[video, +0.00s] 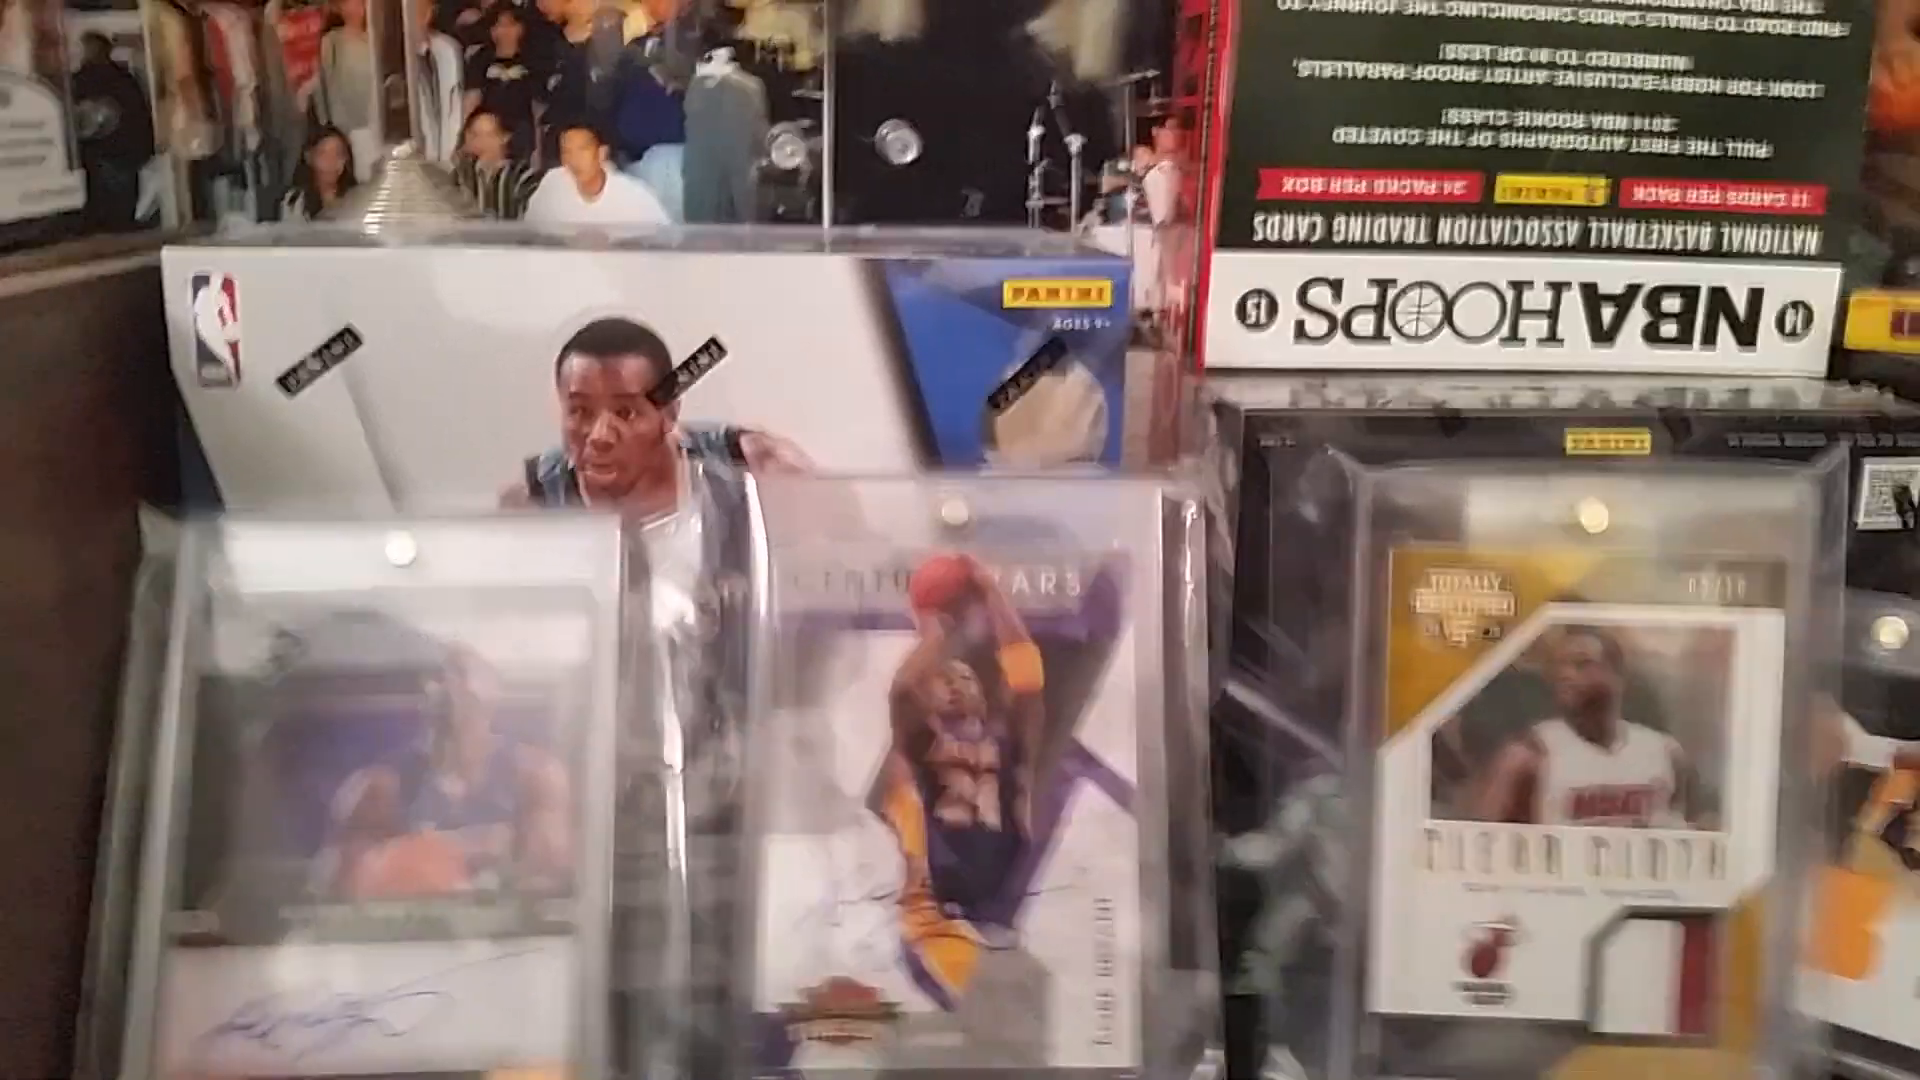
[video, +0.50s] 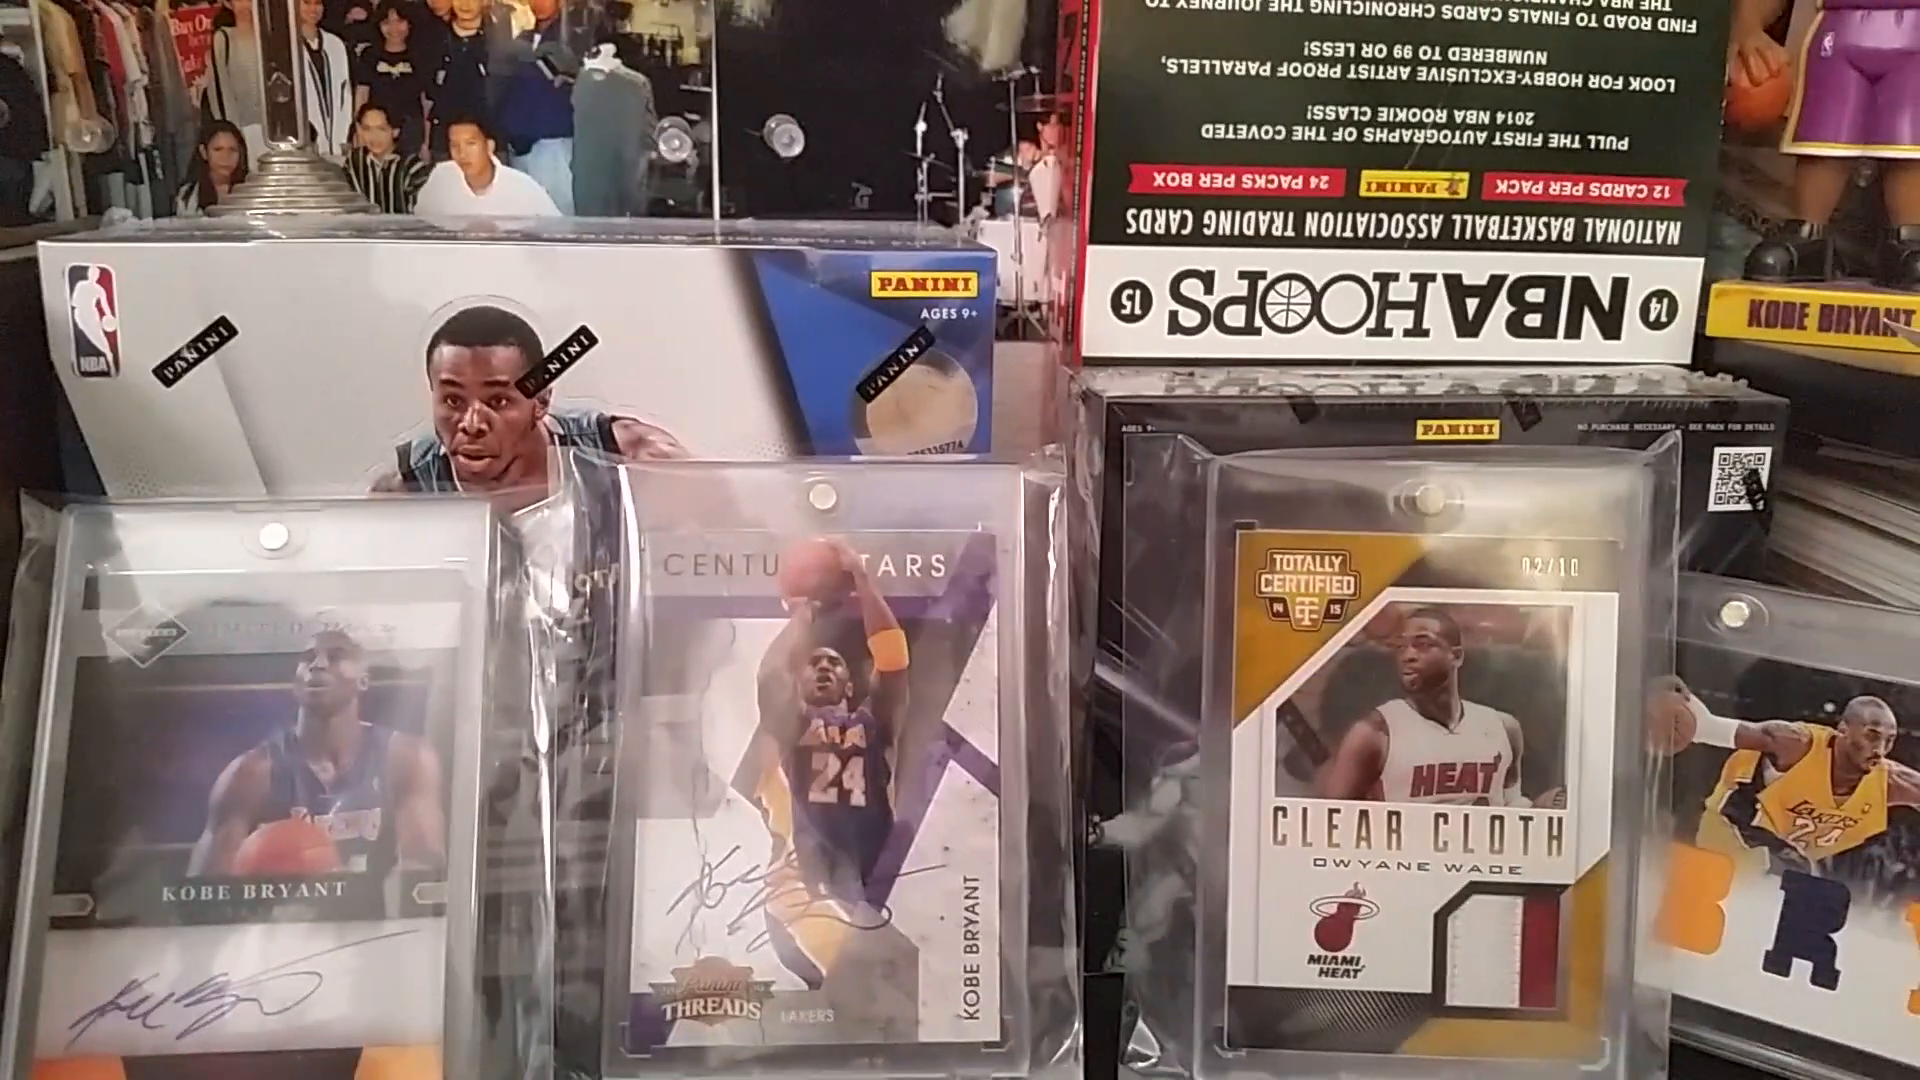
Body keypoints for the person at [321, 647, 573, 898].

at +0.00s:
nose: (439, 689)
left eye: (456, 676)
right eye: (433, 678)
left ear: (488, 698)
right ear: (423, 699)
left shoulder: (538, 775)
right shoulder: (377, 787)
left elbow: (548, 878)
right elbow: (336, 888)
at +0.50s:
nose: (318, 665)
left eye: (336, 656)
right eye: (308, 657)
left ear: (364, 677)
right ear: (294, 676)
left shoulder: (409, 759)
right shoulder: (248, 775)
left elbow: (423, 871)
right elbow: (202, 896)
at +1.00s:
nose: (312, 663)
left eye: (329, 653)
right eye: (302, 654)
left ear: (358, 672)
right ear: (289, 671)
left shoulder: (403, 752)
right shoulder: (245, 769)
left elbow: (417, 864)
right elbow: (196, 889)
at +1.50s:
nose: (351, 654)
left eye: (369, 646)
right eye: (343, 645)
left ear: (398, 663)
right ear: (330, 661)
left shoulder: (442, 743)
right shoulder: (286, 757)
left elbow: (455, 849)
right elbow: (238, 869)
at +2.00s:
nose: (431, 644)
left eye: (448, 632)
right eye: (422, 632)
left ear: (471, 651)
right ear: (409, 647)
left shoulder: (517, 730)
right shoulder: (369, 741)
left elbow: (531, 825)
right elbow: (321, 846)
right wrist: (388, 820)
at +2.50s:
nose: (315, 682)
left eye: (327, 670)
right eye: (304, 671)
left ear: (355, 679)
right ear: (290, 681)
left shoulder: (401, 747)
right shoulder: (243, 762)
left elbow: (412, 846)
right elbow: (199, 851)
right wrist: (269, 834)